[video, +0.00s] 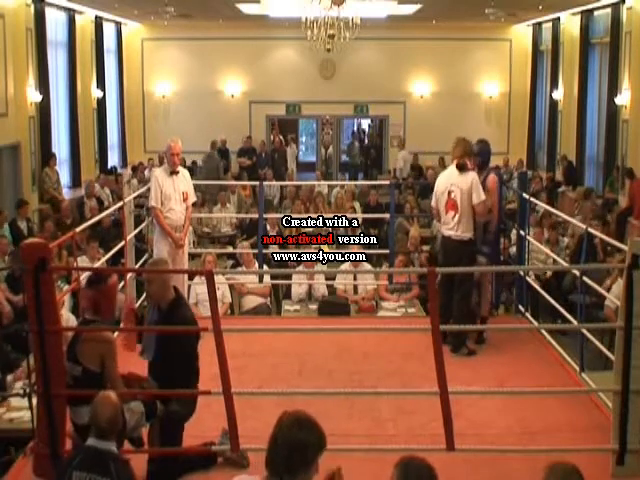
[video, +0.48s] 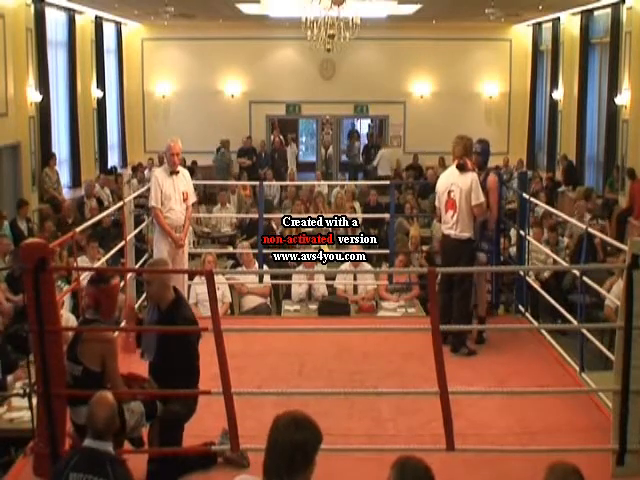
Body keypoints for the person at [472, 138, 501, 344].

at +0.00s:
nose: (473, 160)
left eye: (476, 156)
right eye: (473, 155)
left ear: (480, 157)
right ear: (486, 154)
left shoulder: (491, 178)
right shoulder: (474, 176)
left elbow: (494, 209)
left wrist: (491, 235)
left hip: (486, 235)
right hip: (474, 233)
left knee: (484, 279)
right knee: (476, 279)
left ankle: (483, 320)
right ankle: (476, 318)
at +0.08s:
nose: (473, 160)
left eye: (476, 156)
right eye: (473, 155)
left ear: (483, 157)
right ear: (484, 155)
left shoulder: (492, 178)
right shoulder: (474, 176)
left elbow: (494, 208)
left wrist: (490, 232)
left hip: (486, 234)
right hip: (474, 232)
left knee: (485, 279)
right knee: (474, 279)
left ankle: (483, 322)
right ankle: (474, 319)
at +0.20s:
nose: (474, 159)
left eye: (476, 155)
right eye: (475, 155)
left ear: (479, 157)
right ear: (489, 156)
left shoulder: (491, 178)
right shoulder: (478, 176)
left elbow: (494, 206)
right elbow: (492, 206)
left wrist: (489, 228)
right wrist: (488, 227)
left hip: (486, 232)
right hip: (478, 230)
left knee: (485, 276)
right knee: (481, 277)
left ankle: (482, 320)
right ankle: (480, 318)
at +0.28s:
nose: (474, 159)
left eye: (476, 155)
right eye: (476, 154)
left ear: (479, 156)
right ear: (489, 155)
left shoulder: (491, 178)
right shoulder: (477, 176)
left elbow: (494, 206)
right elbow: (492, 206)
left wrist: (489, 228)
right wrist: (488, 226)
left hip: (486, 233)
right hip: (478, 231)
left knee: (485, 277)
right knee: (481, 277)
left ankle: (482, 321)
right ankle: (479, 319)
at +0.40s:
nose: (473, 159)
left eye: (476, 155)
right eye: (474, 154)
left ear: (480, 156)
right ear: (487, 154)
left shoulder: (491, 178)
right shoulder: (472, 174)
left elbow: (493, 207)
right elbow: (493, 206)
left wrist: (489, 228)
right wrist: (488, 226)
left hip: (485, 233)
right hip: (474, 231)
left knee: (483, 278)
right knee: (476, 278)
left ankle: (481, 323)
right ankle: (475, 322)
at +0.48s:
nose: (475, 158)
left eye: (478, 154)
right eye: (473, 153)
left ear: (485, 156)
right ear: (470, 154)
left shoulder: (491, 178)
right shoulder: (467, 175)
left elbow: (493, 207)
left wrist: (491, 231)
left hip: (483, 232)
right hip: (466, 230)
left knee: (481, 278)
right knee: (468, 278)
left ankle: (480, 322)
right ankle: (467, 319)